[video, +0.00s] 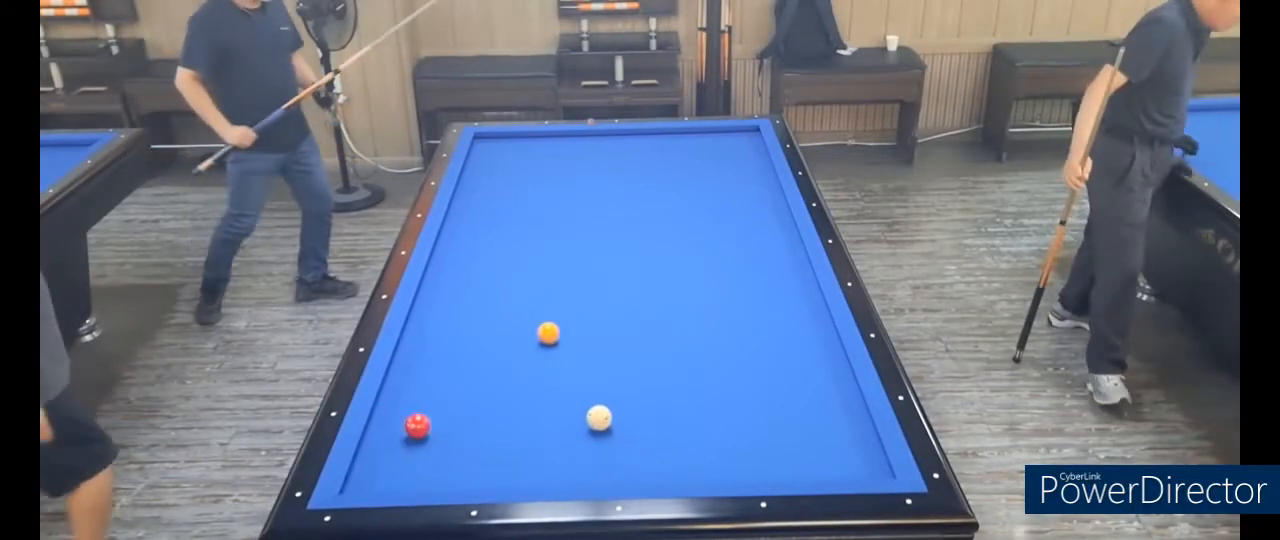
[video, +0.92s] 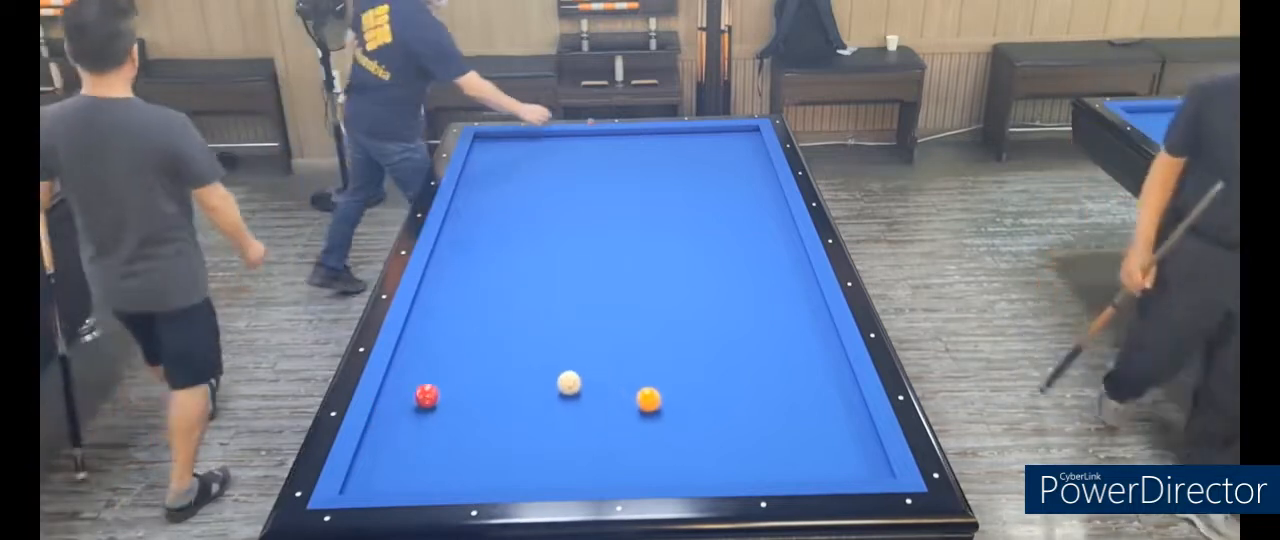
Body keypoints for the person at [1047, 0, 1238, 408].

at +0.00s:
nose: (1237, 15)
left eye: (1238, 8)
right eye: (1236, 6)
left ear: (1217, 4)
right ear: (1215, 1)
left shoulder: (1194, 28)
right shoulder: (1163, 26)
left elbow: (1154, 91)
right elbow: (1099, 87)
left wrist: (1164, 140)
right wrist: (1076, 156)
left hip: (1150, 155)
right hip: (1123, 155)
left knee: (1105, 237)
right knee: (1122, 266)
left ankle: (1071, 306)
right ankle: (1104, 367)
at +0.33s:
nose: (1240, 31)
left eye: (1242, 22)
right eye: (1235, 20)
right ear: (1205, 10)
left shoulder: (1229, 61)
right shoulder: (1151, 49)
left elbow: (1217, 118)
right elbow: (1096, 112)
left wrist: (1226, 174)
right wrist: (1066, 185)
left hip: (1179, 187)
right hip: (1124, 180)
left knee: (1172, 274)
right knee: (1121, 282)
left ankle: (1101, 299)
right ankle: (1107, 380)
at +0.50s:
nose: (1237, 49)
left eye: (1241, 41)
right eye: (1233, 38)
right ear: (1207, 19)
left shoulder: (1235, 71)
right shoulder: (1148, 56)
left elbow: (1233, 136)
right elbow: (1102, 125)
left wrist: (1235, 183)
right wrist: (1076, 196)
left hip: (1200, 201)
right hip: (1134, 194)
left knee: (1188, 303)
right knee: (1113, 293)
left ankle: (1136, 355)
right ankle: (1106, 379)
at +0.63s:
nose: (1243, 57)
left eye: (1245, 47)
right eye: (1240, 45)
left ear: (1228, 34)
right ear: (1219, 31)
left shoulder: (1236, 86)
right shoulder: (1160, 76)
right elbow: (1110, 146)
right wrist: (1088, 216)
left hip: (1216, 222)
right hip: (1147, 214)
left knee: (1203, 332)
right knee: (1119, 302)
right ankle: (1107, 379)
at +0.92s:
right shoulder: (1212, 96)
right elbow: (1166, 169)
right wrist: (1142, 245)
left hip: (1236, 263)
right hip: (1200, 254)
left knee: (1228, 391)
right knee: (1159, 350)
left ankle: (1209, 488)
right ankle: (1117, 392)